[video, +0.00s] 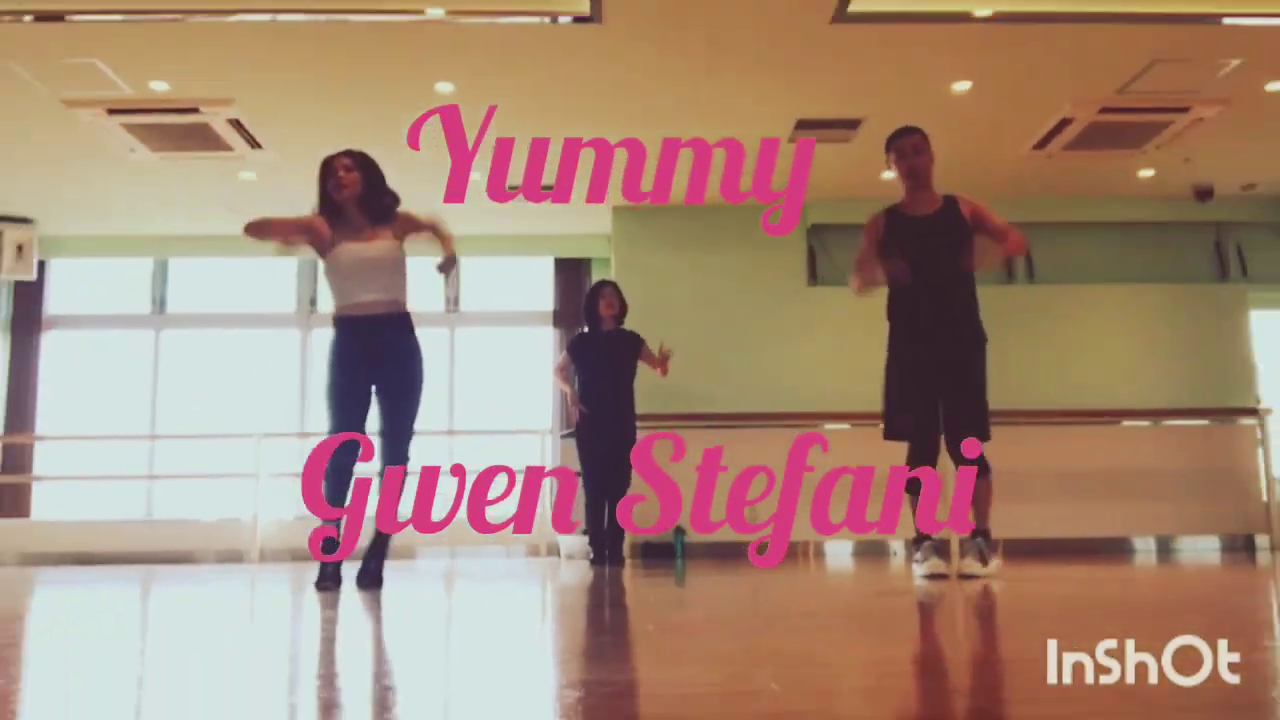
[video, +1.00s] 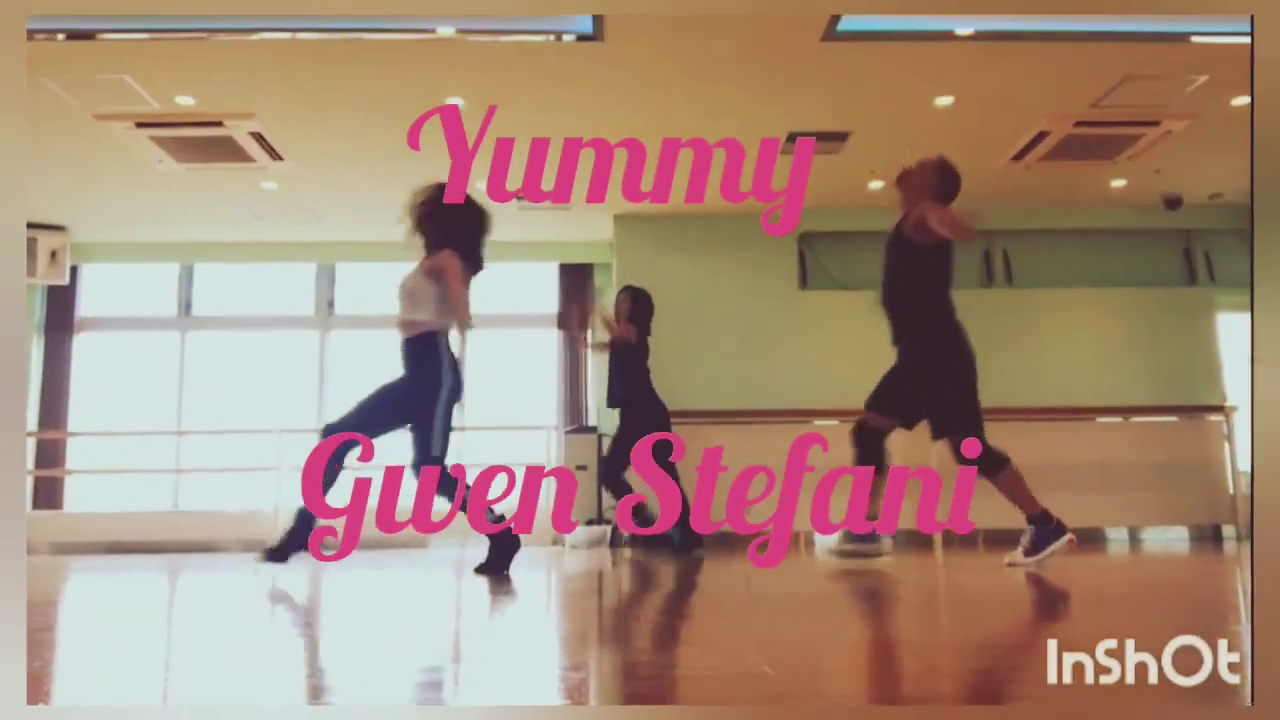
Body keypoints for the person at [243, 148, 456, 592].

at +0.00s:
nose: (342, 177)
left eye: (350, 169)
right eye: (334, 174)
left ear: (368, 178)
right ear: (327, 187)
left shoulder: (394, 222)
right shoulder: (322, 227)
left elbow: (436, 227)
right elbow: (253, 228)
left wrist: (450, 252)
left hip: (397, 340)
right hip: (350, 343)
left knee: (395, 449)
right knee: (344, 447)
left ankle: (381, 544)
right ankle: (330, 546)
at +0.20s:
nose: (387, 216)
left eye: (394, 210)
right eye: (379, 213)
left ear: (408, 220)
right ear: (371, 226)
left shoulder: (433, 265)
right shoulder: (364, 270)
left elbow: (454, 308)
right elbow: (356, 316)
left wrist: (466, 326)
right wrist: (350, 325)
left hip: (427, 362)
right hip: (386, 364)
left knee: (425, 447)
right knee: (378, 451)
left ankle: (455, 525)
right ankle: (355, 537)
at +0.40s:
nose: (413, 205)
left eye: (420, 197)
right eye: (405, 200)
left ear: (434, 202)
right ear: (398, 209)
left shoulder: (452, 229)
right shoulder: (399, 243)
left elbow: (455, 240)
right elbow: (359, 267)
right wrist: (373, 256)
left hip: (463, 334)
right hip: (427, 336)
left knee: (459, 430)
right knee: (405, 432)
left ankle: (472, 519)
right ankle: (380, 524)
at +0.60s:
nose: (419, 203)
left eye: (426, 195)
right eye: (414, 196)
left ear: (441, 197)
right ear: (408, 202)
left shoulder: (458, 223)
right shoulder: (419, 234)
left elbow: (456, 166)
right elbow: (413, 179)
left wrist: (441, 120)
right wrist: (415, 127)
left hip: (474, 329)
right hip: (447, 334)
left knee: (475, 420)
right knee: (456, 425)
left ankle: (502, 508)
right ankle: (491, 502)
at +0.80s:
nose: (412, 243)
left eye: (413, 235)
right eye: (408, 238)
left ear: (428, 228)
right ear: (419, 233)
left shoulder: (463, 248)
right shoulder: (435, 256)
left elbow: (457, 195)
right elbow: (408, 214)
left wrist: (450, 153)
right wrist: (417, 168)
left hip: (483, 361)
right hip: (460, 365)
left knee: (459, 449)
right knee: (406, 435)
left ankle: (509, 518)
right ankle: (451, 501)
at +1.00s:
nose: (417, 227)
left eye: (424, 219)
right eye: (419, 219)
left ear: (439, 222)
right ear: (458, 225)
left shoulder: (448, 259)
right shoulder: (432, 262)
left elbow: (459, 306)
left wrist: (462, 318)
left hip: (436, 372)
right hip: (420, 373)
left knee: (429, 471)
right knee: (338, 437)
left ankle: (501, 534)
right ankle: (302, 530)